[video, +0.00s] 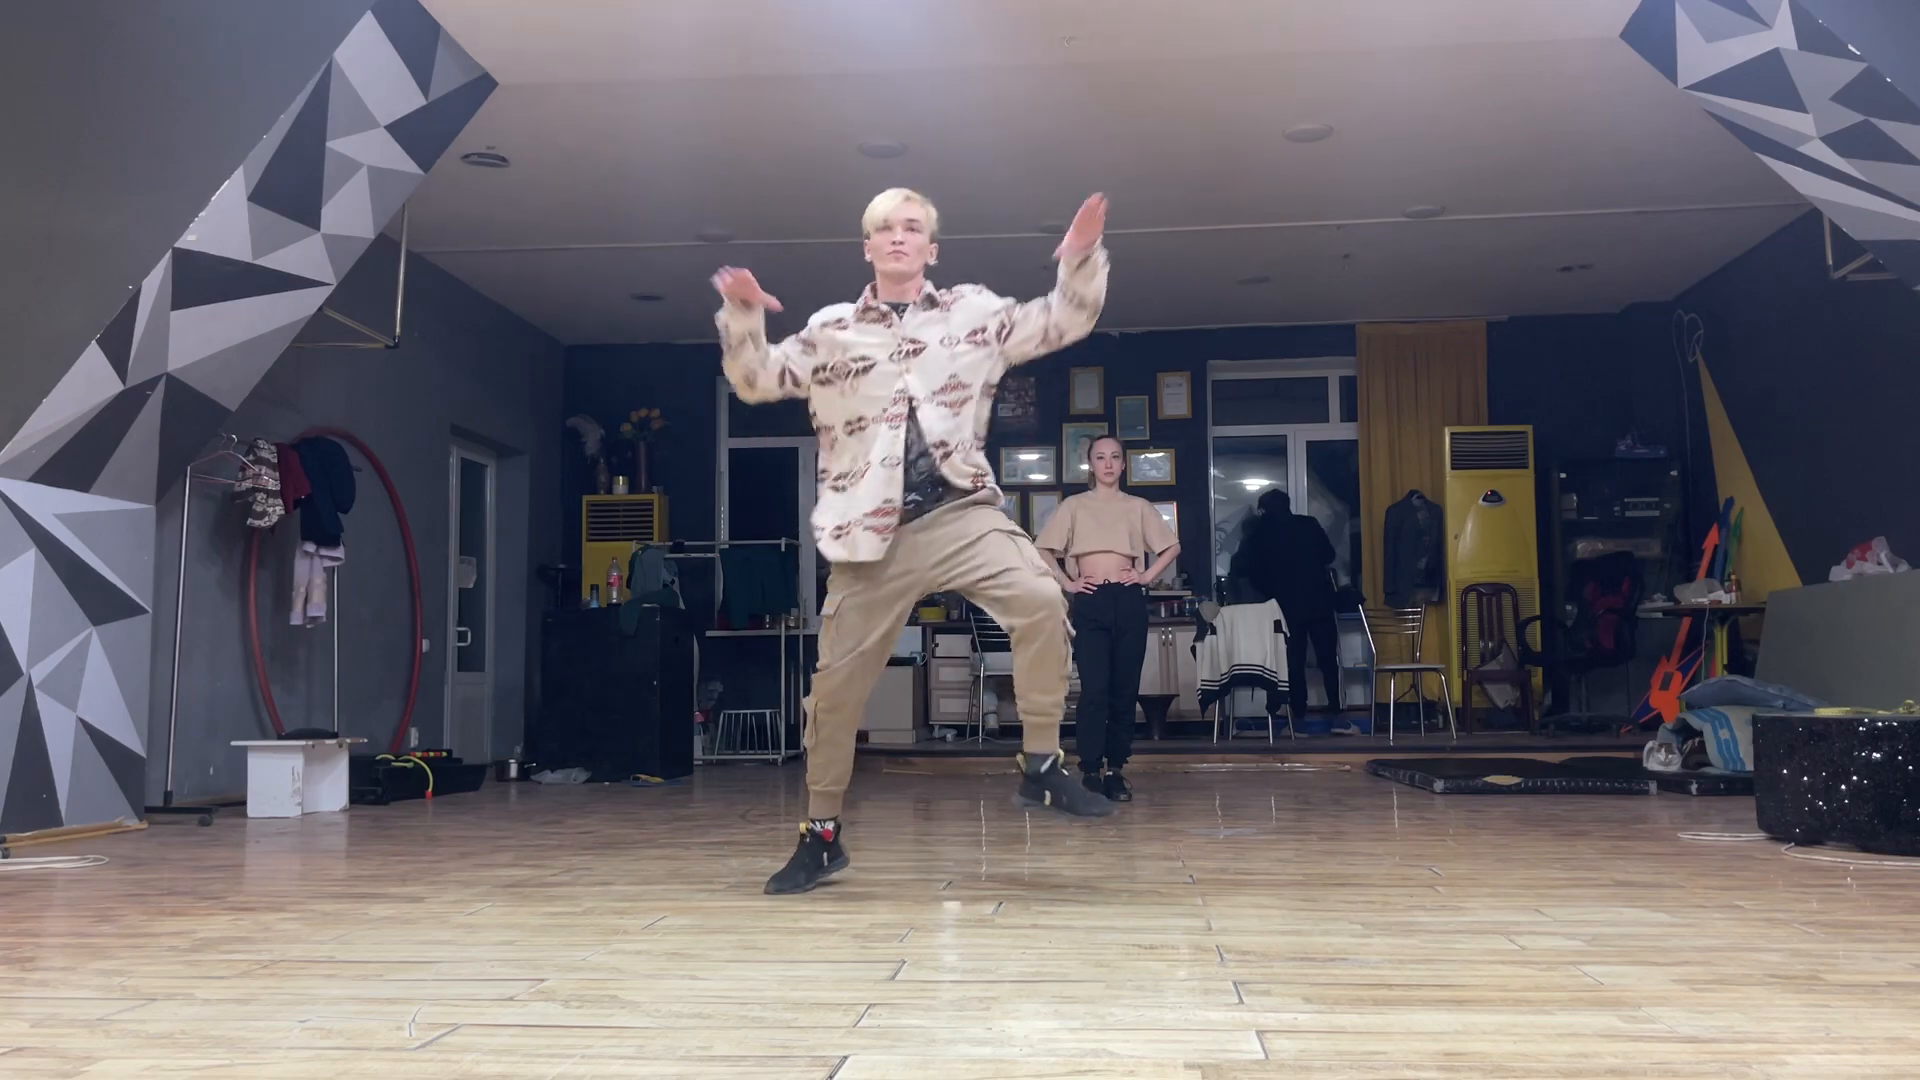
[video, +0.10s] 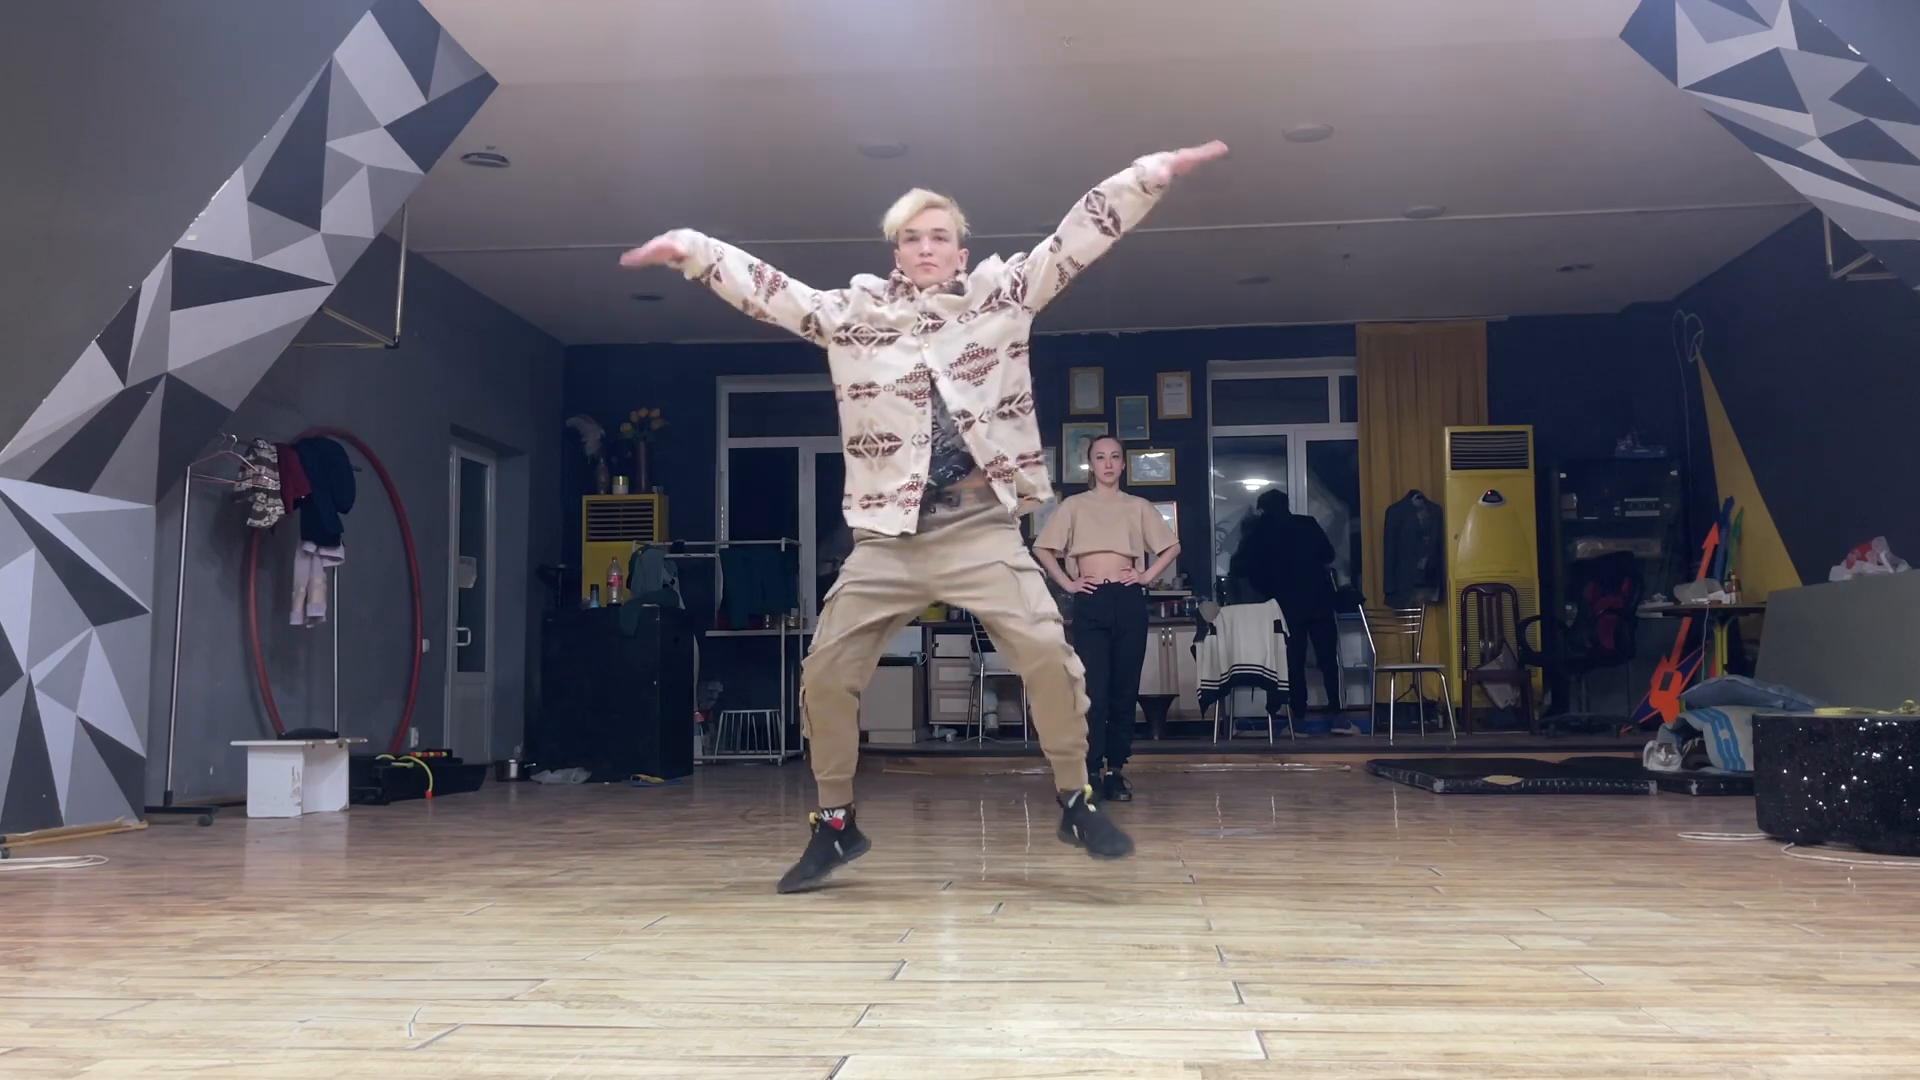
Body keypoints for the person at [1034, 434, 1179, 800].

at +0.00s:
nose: (1108, 463)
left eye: (1114, 457)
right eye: (1100, 457)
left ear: (1123, 462)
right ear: (1090, 463)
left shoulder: (1139, 506)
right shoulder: (1073, 505)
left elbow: (1172, 547)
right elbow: (1044, 549)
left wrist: (1147, 576)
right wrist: (1066, 582)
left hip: (1130, 600)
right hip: (1090, 601)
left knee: (1124, 689)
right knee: (1094, 689)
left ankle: (1115, 772)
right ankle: (1091, 772)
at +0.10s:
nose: (1108, 463)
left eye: (1114, 457)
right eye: (1100, 457)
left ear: (1123, 463)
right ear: (1090, 463)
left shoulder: (1139, 506)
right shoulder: (1073, 505)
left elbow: (1172, 547)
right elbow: (1042, 548)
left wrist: (1148, 576)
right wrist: (1066, 583)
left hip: (1129, 601)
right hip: (1089, 602)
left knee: (1124, 690)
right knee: (1093, 690)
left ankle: (1115, 772)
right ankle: (1091, 774)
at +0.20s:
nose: (1108, 463)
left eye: (1114, 457)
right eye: (1101, 458)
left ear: (1123, 462)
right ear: (1090, 463)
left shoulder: (1139, 506)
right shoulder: (1074, 505)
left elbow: (1172, 547)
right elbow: (1042, 548)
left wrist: (1146, 577)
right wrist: (1067, 582)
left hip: (1129, 600)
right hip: (1089, 601)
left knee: (1124, 690)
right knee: (1094, 689)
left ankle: (1116, 773)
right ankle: (1095, 771)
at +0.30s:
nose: (1104, 466)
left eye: (1110, 459)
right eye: (1098, 459)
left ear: (1121, 465)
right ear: (1090, 465)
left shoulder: (1138, 504)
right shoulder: (1077, 504)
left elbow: (1173, 546)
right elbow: (1060, 544)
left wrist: (1149, 576)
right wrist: (1074, 579)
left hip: (1130, 600)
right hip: (1090, 601)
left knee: (1124, 692)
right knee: (1094, 692)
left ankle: (1115, 771)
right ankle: (1099, 773)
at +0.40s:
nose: (1102, 470)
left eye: (1108, 464)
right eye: (1098, 464)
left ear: (1118, 468)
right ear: (1089, 467)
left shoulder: (1138, 507)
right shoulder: (1074, 506)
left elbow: (1173, 548)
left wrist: (1148, 576)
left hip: (1127, 597)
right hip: (1087, 599)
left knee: (1123, 688)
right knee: (1094, 686)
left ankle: (1114, 772)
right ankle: (1098, 771)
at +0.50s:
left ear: (1125, 478)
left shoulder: (1138, 506)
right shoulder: (1075, 507)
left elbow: (1173, 546)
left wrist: (1148, 575)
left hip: (1129, 598)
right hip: (1089, 597)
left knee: (1124, 691)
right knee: (1091, 688)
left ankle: (1119, 776)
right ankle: (1091, 776)